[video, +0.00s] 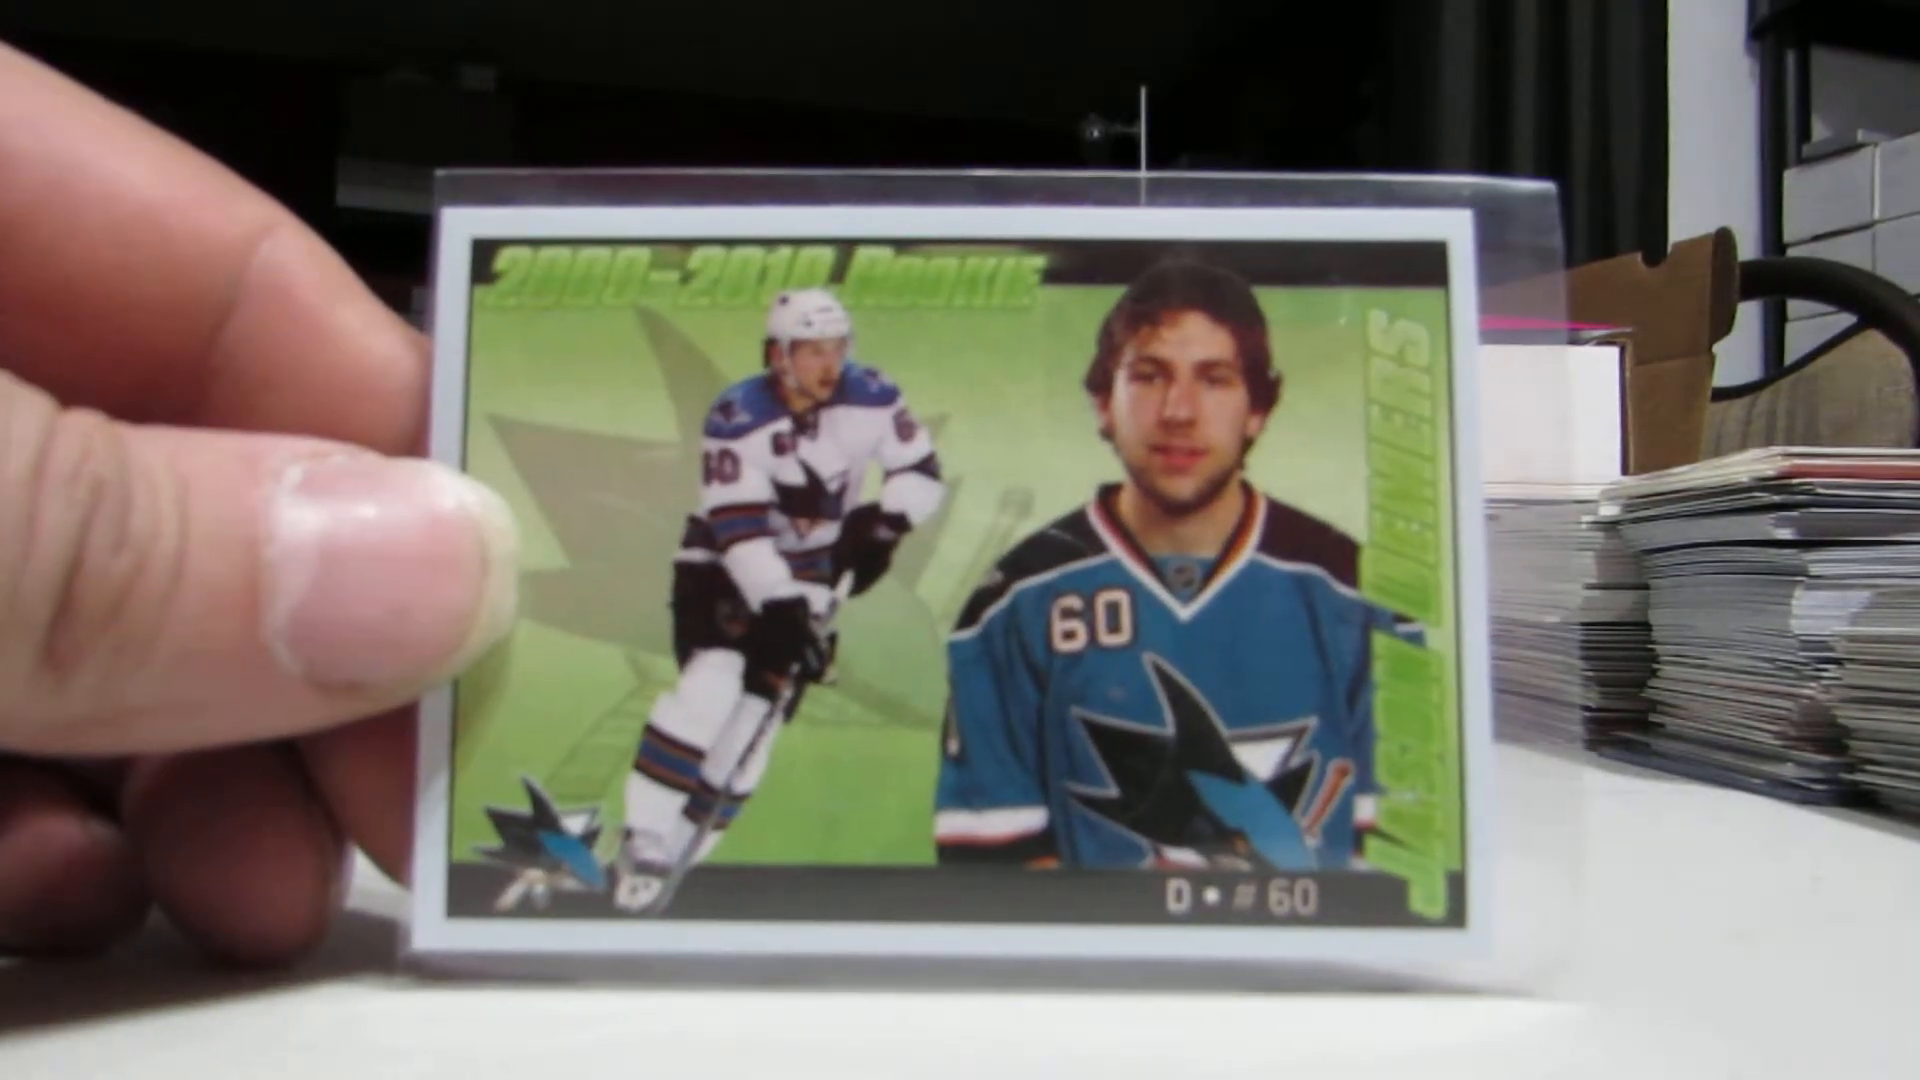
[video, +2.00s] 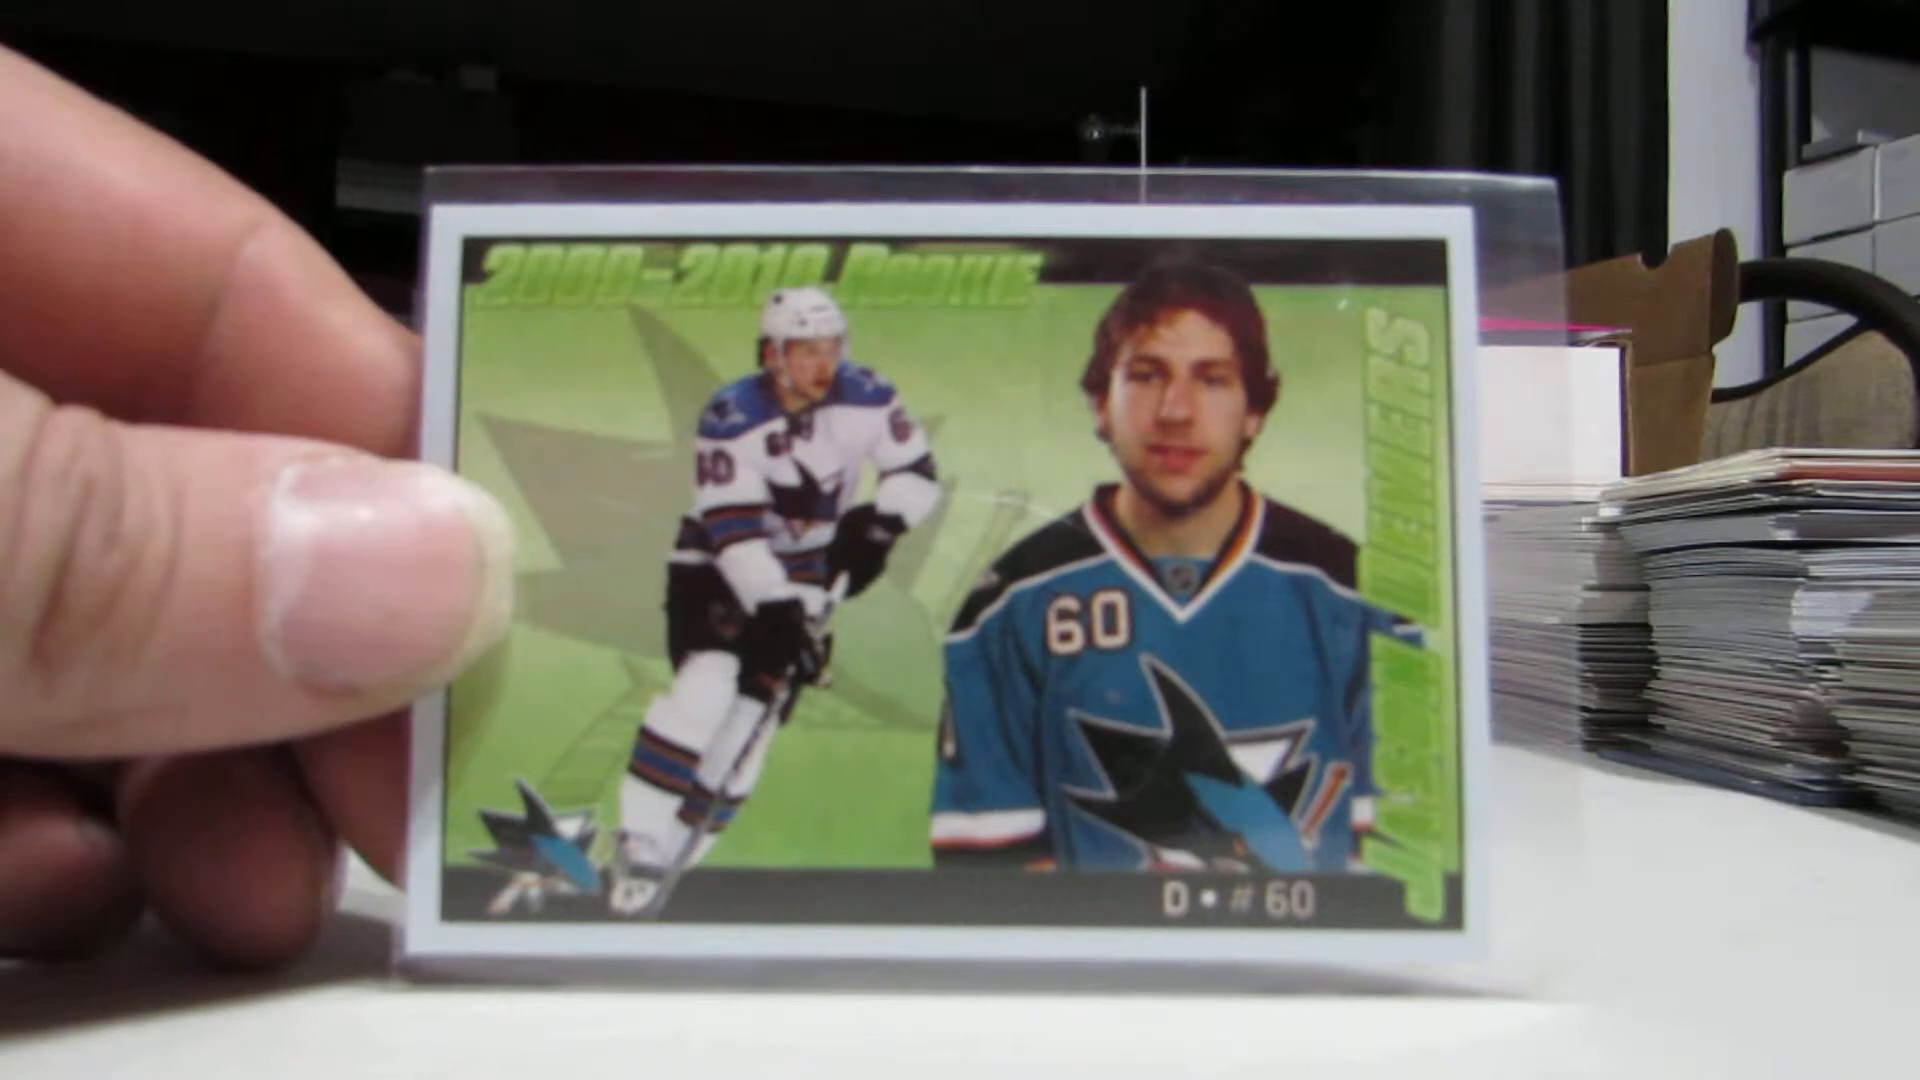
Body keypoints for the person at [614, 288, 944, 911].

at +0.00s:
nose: (831, 365)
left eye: (838, 351)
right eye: (815, 352)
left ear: (848, 350)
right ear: (780, 357)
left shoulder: (871, 399)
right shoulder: (739, 416)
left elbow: (920, 472)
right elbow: (738, 523)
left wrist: (882, 526)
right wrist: (780, 603)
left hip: (811, 573)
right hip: (727, 563)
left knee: (759, 715)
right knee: (714, 679)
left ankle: (683, 852)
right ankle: (646, 841)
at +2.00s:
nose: (822, 365)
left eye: (830, 351)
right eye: (805, 352)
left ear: (842, 350)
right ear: (772, 356)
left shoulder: (867, 399)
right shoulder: (732, 416)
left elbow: (916, 474)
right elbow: (732, 524)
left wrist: (877, 527)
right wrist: (775, 605)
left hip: (806, 573)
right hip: (721, 563)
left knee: (755, 715)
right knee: (709, 681)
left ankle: (680, 853)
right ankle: (642, 842)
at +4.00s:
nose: (824, 366)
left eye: (832, 352)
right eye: (808, 353)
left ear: (842, 352)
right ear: (773, 358)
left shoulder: (868, 401)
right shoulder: (732, 419)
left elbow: (917, 475)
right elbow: (732, 527)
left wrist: (878, 531)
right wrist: (776, 609)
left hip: (807, 578)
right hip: (720, 567)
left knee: (754, 722)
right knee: (708, 687)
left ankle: (680, 860)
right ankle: (640, 849)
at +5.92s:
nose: (821, 354)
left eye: (830, 340)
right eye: (806, 340)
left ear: (844, 341)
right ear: (774, 344)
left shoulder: (869, 391)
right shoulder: (733, 405)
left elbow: (919, 465)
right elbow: (731, 511)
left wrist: (879, 517)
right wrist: (771, 593)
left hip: (804, 567)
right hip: (717, 554)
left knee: (746, 707)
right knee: (705, 666)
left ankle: (670, 839)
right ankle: (634, 829)